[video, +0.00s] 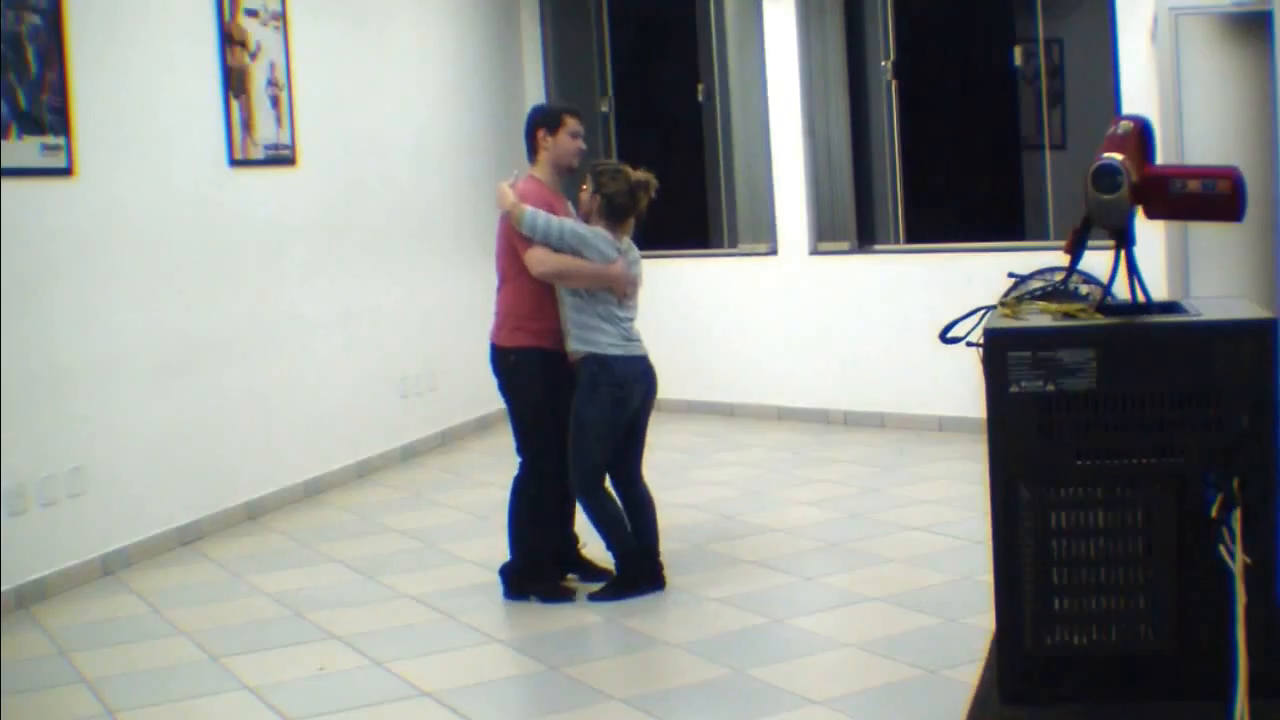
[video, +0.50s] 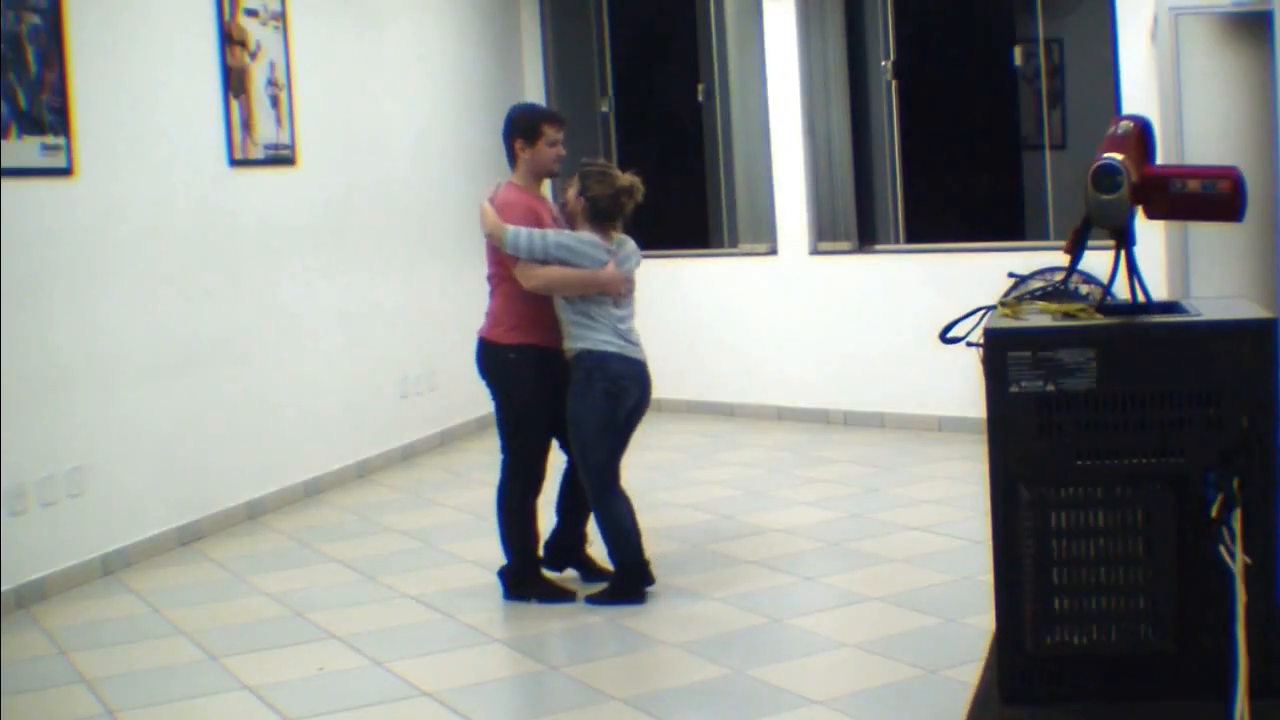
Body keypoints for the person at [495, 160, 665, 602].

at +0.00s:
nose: (580, 195)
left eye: (584, 189)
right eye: (582, 187)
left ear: (594, 201)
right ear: (631, 209)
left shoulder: (587, 239)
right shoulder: (629, 252)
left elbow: (519, 215)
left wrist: (505, 187)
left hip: (602, 373)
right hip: (638, 372)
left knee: (586, 479)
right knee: (628, 473)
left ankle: (633, 570)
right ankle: (647, 567)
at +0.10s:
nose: (577, 193)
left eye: (582, 188)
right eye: (580, 186)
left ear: (591, 199)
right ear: (629, 207)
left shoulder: (583, 239)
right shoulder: (631, 252)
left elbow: (510, 217)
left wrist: (501, 188)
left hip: (599, 371)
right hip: (637, 371)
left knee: (583, 479)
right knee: (627, 472)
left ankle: (624, 569)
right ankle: (649, 566)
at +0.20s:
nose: (574, 192)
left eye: (579, 187)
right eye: (577, 185)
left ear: (587, 199)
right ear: (624, 204)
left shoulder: (582, 240)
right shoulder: (632, 248)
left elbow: (501, 219)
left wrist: (498, 192)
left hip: (596, 370)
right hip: (635, 370)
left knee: (588, 477)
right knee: (625, 473)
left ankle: (622, 573)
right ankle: (649, 566)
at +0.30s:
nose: (571, 191)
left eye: (575, 187)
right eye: (574, 185)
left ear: (582, 199)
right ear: (621, 204)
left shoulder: (578, 242)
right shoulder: (633, 247)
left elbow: (498, 223)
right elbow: (607, 227)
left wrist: (491, 193)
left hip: (593, 370)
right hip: (633, 370)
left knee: (595, 477)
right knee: (618, 474)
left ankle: (629, 576)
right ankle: (644, 566)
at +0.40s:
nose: (567, 193)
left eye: (571, 188)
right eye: (569, 187)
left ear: (582, 201)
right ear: (618, 204)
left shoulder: (579, 245)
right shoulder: (632, 249)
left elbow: (497, 228)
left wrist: (487, 199)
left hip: (595, 372)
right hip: (633, 373)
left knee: (598, 475)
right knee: (605, 473)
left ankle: (630, 576)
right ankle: (638, 564)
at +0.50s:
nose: (565, 194)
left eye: (570, 189)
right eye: (568, 187)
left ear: (580, 203)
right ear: (616, 207)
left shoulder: (577, 246)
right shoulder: (628, 250)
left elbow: (496, 231)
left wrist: (485, 201)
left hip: (597, 372)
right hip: (633, 375)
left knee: (599, 479)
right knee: (600, 475)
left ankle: (630, 576)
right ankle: (633, 568)